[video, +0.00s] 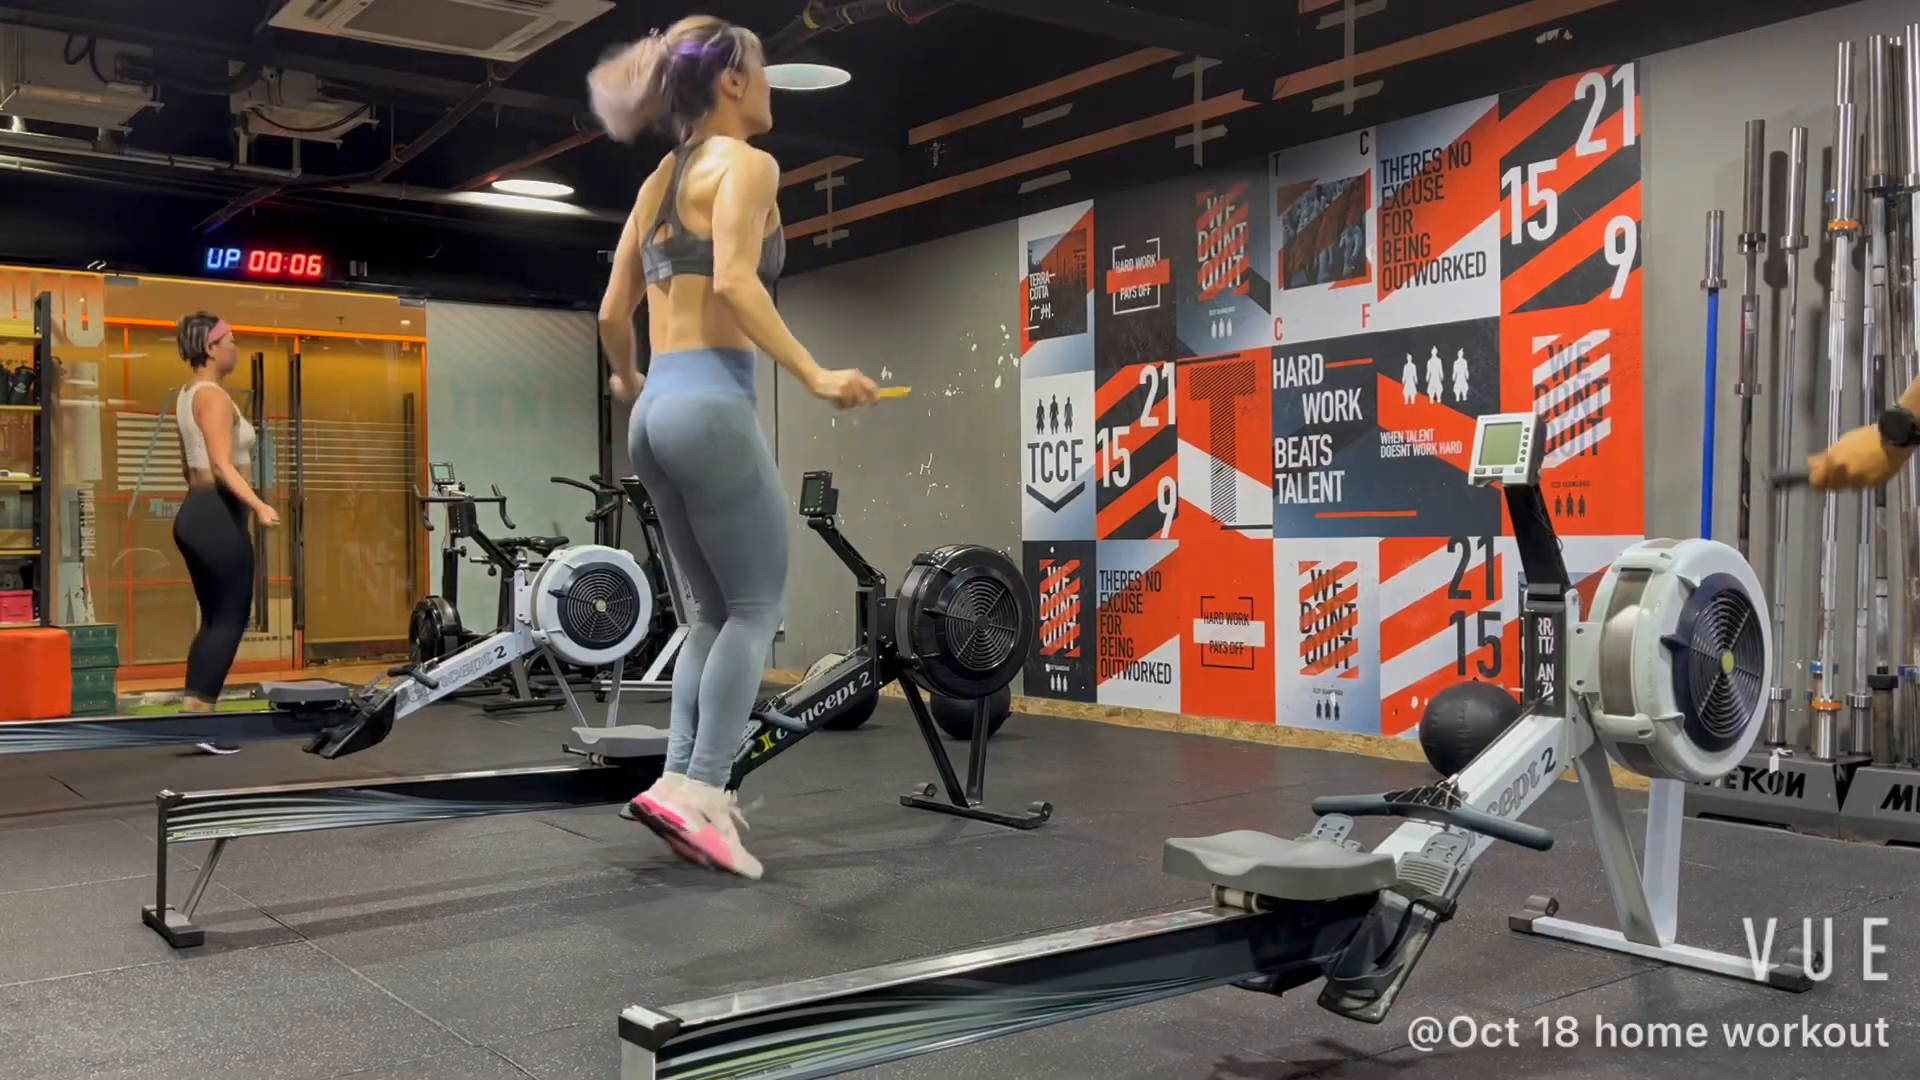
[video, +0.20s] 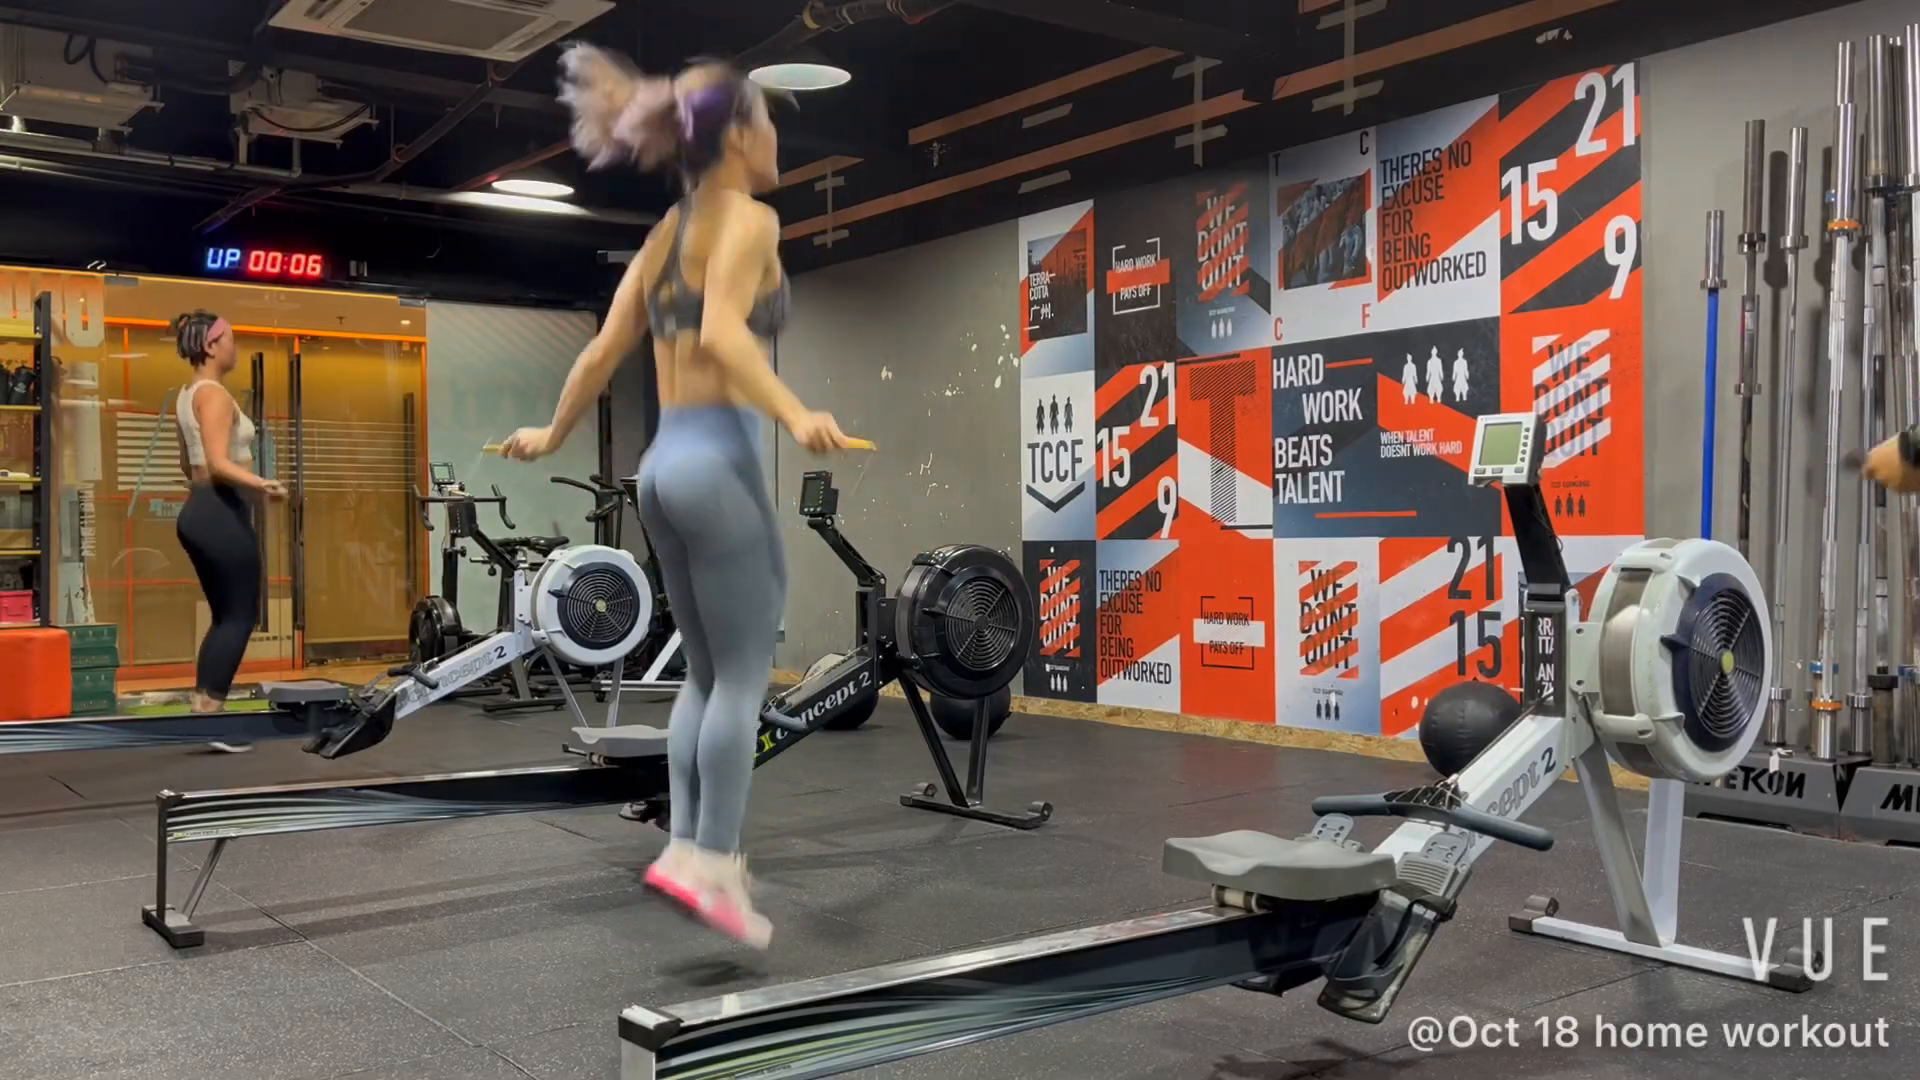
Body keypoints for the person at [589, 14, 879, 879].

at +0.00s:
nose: (769, 91)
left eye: (763, 75)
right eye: (760, 75)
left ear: (701, 90)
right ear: (732, 81)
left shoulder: (660, 178)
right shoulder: (747, 164)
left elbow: (615, 307)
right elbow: (735, 283)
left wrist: (630, 380)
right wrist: (816, 373)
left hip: (652, 409)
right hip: (711, 402)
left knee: (705, 614)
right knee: (754, 608)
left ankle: (683, 786)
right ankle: (704, 792)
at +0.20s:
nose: (776, 134)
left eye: (769, 119)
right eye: (764, 122)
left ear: (704, 145)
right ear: (737, 139)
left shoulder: (668, 231)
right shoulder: (748, 219)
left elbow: (607, 345)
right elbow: (723, 335)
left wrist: (549, 432)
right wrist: (796, 414)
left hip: (661, 464)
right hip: (713, 462)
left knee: (703, 673)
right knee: (741, 671)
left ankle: (687, 850)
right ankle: (717, 861)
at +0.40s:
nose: (771, 212)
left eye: (765, 198)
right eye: (761, 199)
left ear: (694, 212)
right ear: (735, 207)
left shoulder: (663, 302)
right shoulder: (744, 292)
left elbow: (619, 424)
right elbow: (735, 418)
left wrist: (620, 492)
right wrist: (827, 491)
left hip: (666, 532)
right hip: (721, 529)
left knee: (717, 736)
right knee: (761, 734)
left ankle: (669, 909)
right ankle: (694, 917)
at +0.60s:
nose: (774, 94)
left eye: (768, 80)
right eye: (765, 80)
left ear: (705, 93)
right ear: (734, 85)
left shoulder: (664, 181)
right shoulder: (750, 164)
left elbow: (622, 311)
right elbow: (736, 285)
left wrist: (634, 389)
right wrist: (817, 375)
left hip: (656, 413)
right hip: (713, 408)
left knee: (706, 621)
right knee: (756, 616)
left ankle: (692, 797)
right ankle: (697, 796)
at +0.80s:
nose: (778, 145)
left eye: (772, 130)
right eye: (766, 131)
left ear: (708, 154)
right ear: (732, 148)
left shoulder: (671, 244)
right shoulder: (745, 228)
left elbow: (609, 356)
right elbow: (720, 348)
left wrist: (548, 443)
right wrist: (795, 434)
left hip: (669, 475)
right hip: (708, 474)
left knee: (714, 685)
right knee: (739, 682)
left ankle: (690, 865)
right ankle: (705, 876)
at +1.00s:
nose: (765, 192)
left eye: (757, 177)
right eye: (754, 178)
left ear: (690, 198)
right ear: (729, 192)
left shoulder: (660, 289)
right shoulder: (737, 279)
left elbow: (622, 406)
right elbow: (730, 406)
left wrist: (614, 485)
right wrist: (817, 483)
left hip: (668, 521)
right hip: (715, 518)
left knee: (720, 723)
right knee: (757, 721)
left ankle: (679, 905)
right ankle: (685, 909)